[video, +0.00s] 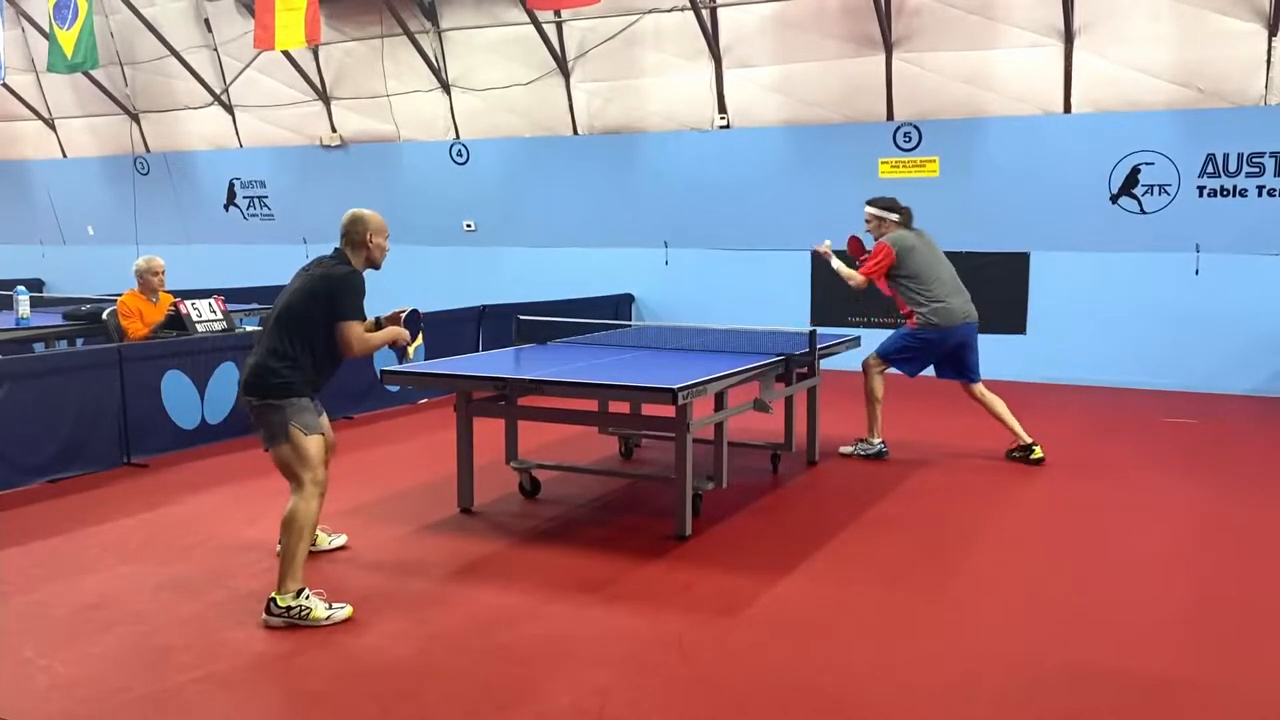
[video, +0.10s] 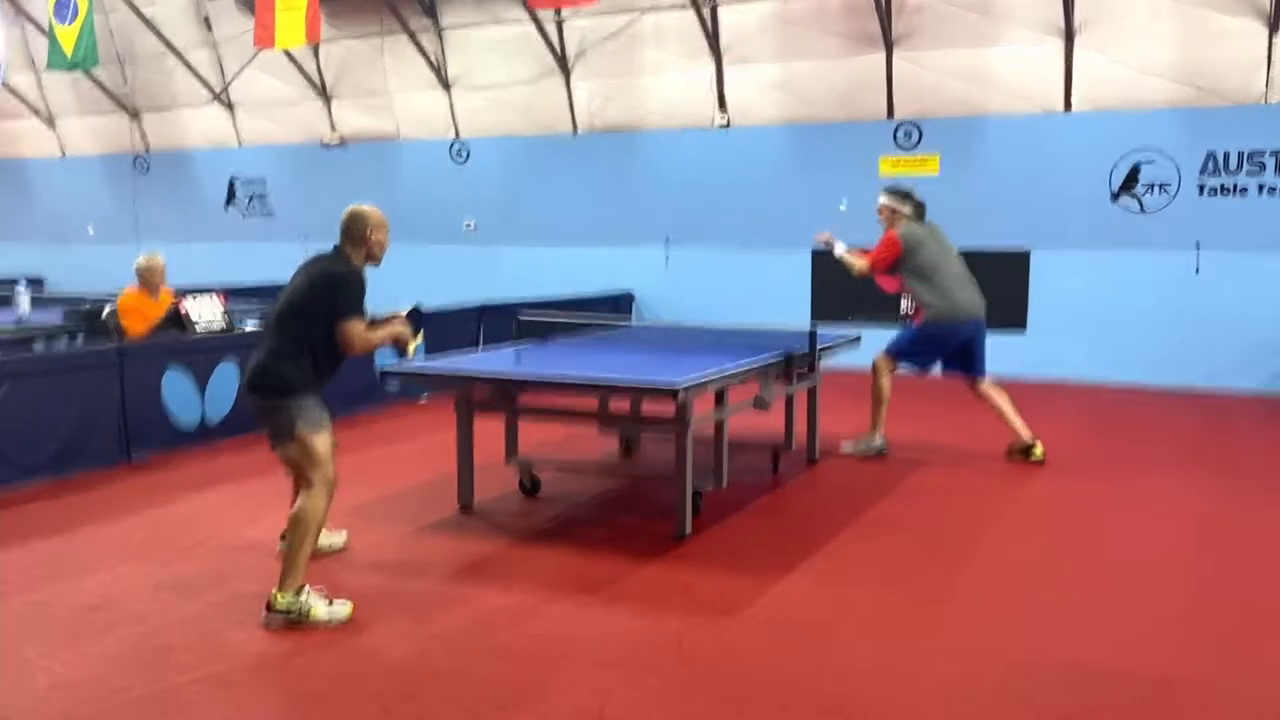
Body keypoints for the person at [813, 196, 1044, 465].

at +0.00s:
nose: (867, 227)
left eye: (870, 221)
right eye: (866, 221)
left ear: (888, 222)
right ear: (894, 221)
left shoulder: (888, 244)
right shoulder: (921, 237)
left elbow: (857, 281)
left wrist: (831, 258)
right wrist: (873, 264)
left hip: (933, 321)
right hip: (966, 318)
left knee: (873, 364)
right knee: (976, 387)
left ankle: (873, 440)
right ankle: (1026, 442)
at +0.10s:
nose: (879, 217)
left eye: (883, 211)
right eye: (879, 211)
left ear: (900, 212)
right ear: (909, 213)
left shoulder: (900, 236)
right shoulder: (932, 232)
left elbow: (864, 267)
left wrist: (837, 248)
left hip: (943, 317)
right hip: (973, 315)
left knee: (883, 364)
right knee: (979, 383)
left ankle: (876, 437)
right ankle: (1028, 439)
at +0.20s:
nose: (888, 210)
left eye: (893, 204)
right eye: (890, 204)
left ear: (910, 208)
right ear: (917, 209)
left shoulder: (906, 232)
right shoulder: (944, 228)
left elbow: (866, 262)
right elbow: (943, 266)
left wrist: (841, 251)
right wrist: (911, 283)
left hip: (948, 317)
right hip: (981, 313)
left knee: (892, 367)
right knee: (984, 382)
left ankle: (875, 440)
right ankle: (1027, 442)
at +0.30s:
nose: (895, 205)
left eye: (900, 200)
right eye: (897, 199)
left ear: (917, 205)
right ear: (925, 206)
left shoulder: (909, 230)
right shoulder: (953, 226)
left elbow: (872, 260)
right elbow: (981, 261)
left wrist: (845, 256)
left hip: (951, 314)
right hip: (985, 311)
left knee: (896, 367)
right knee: (987, 382)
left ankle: (877, 440)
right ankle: (1027, 442)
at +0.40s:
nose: (894, 207)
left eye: (899, 201)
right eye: (896, 201)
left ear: (915, 206)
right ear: (925, 207)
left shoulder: (908, 231)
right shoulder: (956, 224)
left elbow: (888, 260)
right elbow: (996, 235)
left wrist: (856, 265)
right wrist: (992, 275)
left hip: (951, 314)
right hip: (984, 311)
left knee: (894, 366)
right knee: (988, 382)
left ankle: (879, 441)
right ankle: (1028, 443)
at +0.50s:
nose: (885, 213)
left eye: (889, 208)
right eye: (886, 208)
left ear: (906, 211)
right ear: (914, 212)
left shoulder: (905, 235)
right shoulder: (947, 221)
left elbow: (895, 266)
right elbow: (988, 211)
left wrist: (864, 276)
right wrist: (994, 249)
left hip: (951, 317)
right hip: (979, 314)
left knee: (886, 358)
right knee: (983, 384)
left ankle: (877, 437)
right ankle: (1027, 443)